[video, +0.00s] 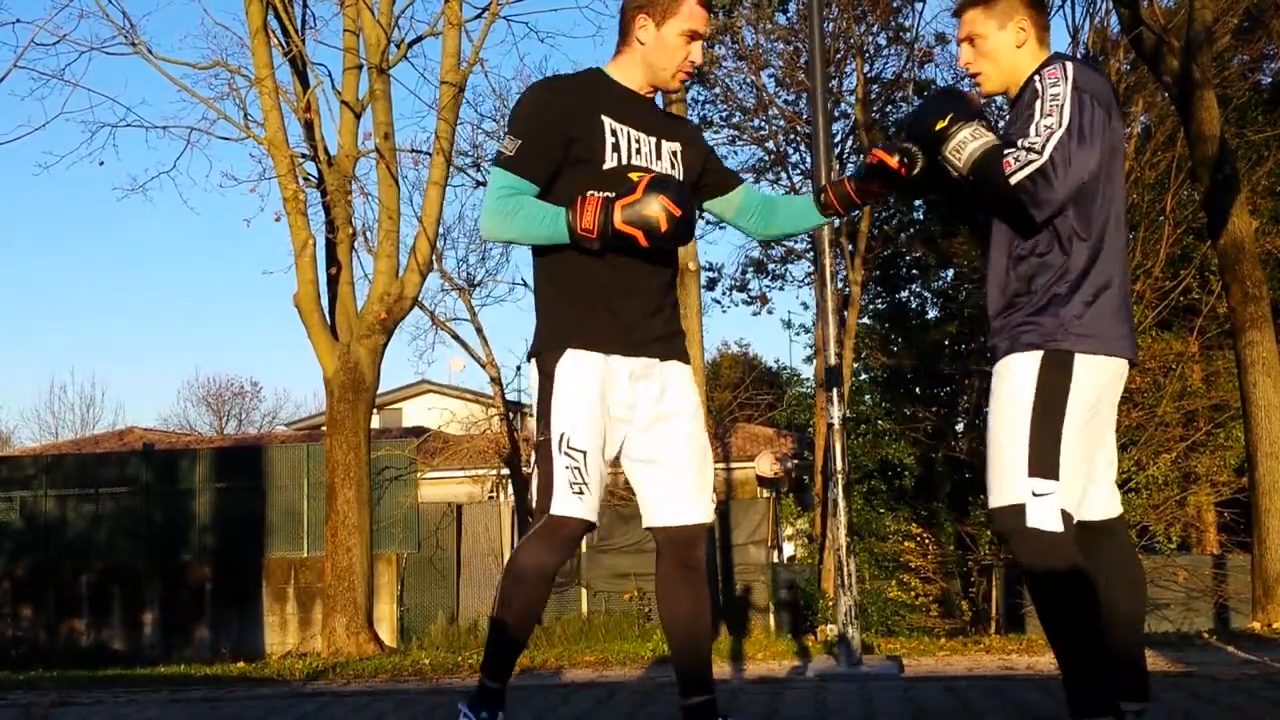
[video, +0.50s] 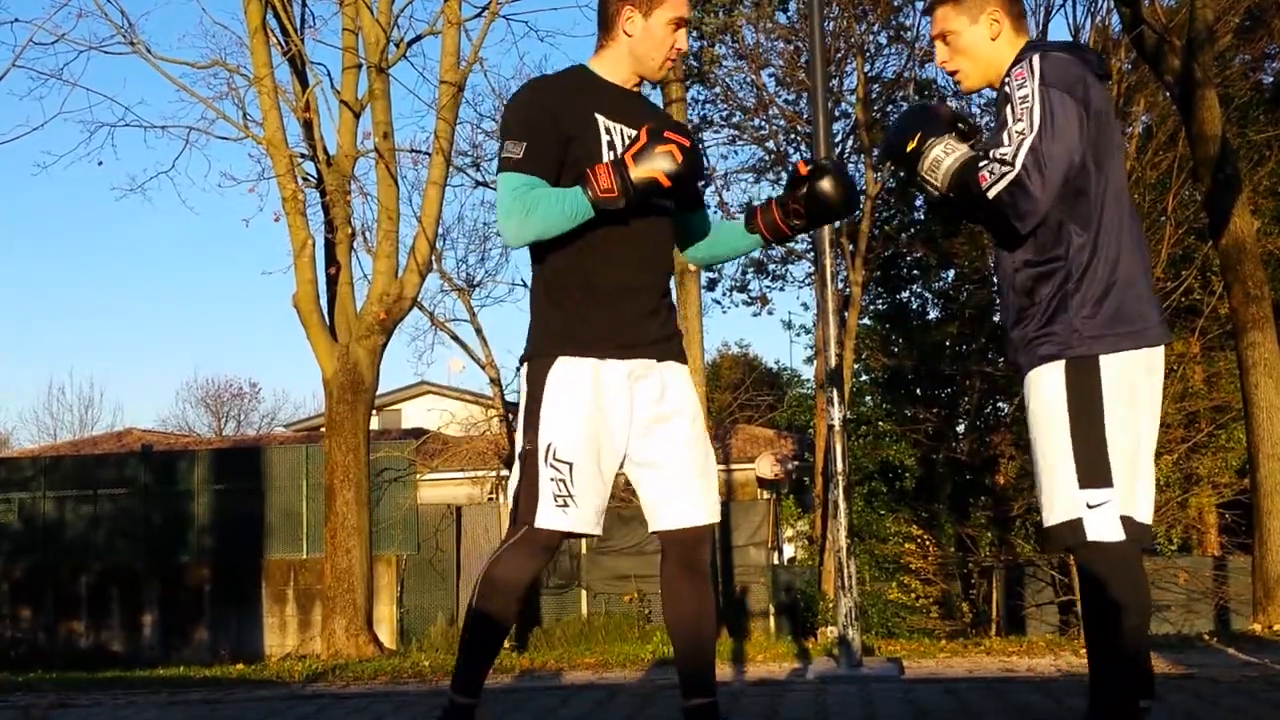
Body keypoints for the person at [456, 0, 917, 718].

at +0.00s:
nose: (700, 54)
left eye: (704, 41)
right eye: (692, 37)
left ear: (666, 38)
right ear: (644, 27)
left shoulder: (681, 136)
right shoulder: (556, 100)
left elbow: (759, 212)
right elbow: (498, 214)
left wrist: (846, 194)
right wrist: (596, 215)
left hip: (663, 353)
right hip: (579, 348)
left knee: (684, 526)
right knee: (565, 519)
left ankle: (698, 708)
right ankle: (486, 699)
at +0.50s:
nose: (686, 43)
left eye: (688, 27)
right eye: (677, 25)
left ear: (639, 23)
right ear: (628, 18)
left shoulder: (669, 131)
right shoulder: (545, 100)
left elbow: (696, 243)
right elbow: (517, 217)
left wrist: (782, 215)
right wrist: (620, 178)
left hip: (659, 355)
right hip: (572, 352)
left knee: (689, 529)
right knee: (545, 526)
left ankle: (701, 711)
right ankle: (461, 704)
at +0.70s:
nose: (635, 54)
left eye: (638, 39)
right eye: (627, 37)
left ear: (587, 34)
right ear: (578, 31)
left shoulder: (608, 137)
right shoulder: (497, 113)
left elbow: (607, 258)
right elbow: (493, 232)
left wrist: (676, 268)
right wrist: (607, 203)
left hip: (613, 362)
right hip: (530, 361)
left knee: (671, 526)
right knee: (513, 535)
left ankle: (701, 708)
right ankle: (455, 710)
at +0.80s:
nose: (617, 51)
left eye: (620, 35)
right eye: (610, 32)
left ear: (571, 29)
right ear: (560, 24)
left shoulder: (588, 129)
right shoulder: (481, 107)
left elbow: (584, 249)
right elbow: (488, 225)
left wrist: (651, 266)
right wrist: (594, 187)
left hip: (596, 357)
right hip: (514, 359)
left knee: (656, 523)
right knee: (498, 535)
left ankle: (699, 702)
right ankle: (453, 709)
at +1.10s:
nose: (613, 46)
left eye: (616, 33)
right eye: (604, 29)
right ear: (556, 28)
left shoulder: (591, 134)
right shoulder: (483, 104)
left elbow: (596, 257)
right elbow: (530, 193)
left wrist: (664, 241)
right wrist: (588, 106)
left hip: (593, 358)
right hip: (511, 356)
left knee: (625, 529)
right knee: (494, 535)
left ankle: (619, 708)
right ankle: (450, 712)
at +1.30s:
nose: (641, 55)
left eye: (644, 42)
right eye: (632, 38)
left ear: (602, 42)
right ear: (588, 35)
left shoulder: (617, 144)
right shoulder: (511, 111)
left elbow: (634, 260)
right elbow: (562, 193)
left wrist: (707, 238)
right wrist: (618, 112)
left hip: (604, 364)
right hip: (522, 358)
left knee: (622, 532)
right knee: (497, 529)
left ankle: (618, 707)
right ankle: (450, 706)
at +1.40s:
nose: (644, 64)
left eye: (647, 51)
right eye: (636, 47)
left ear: (600, 48)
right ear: (595, 44)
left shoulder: (623, 149)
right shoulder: (517, 114)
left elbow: (641, 263)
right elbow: (575, 191)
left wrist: (716, 236)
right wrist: (626, 105)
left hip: (604, 369)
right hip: (521, 362)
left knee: (627, 528)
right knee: (493, 528)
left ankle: (618, 705)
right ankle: (429, 700)